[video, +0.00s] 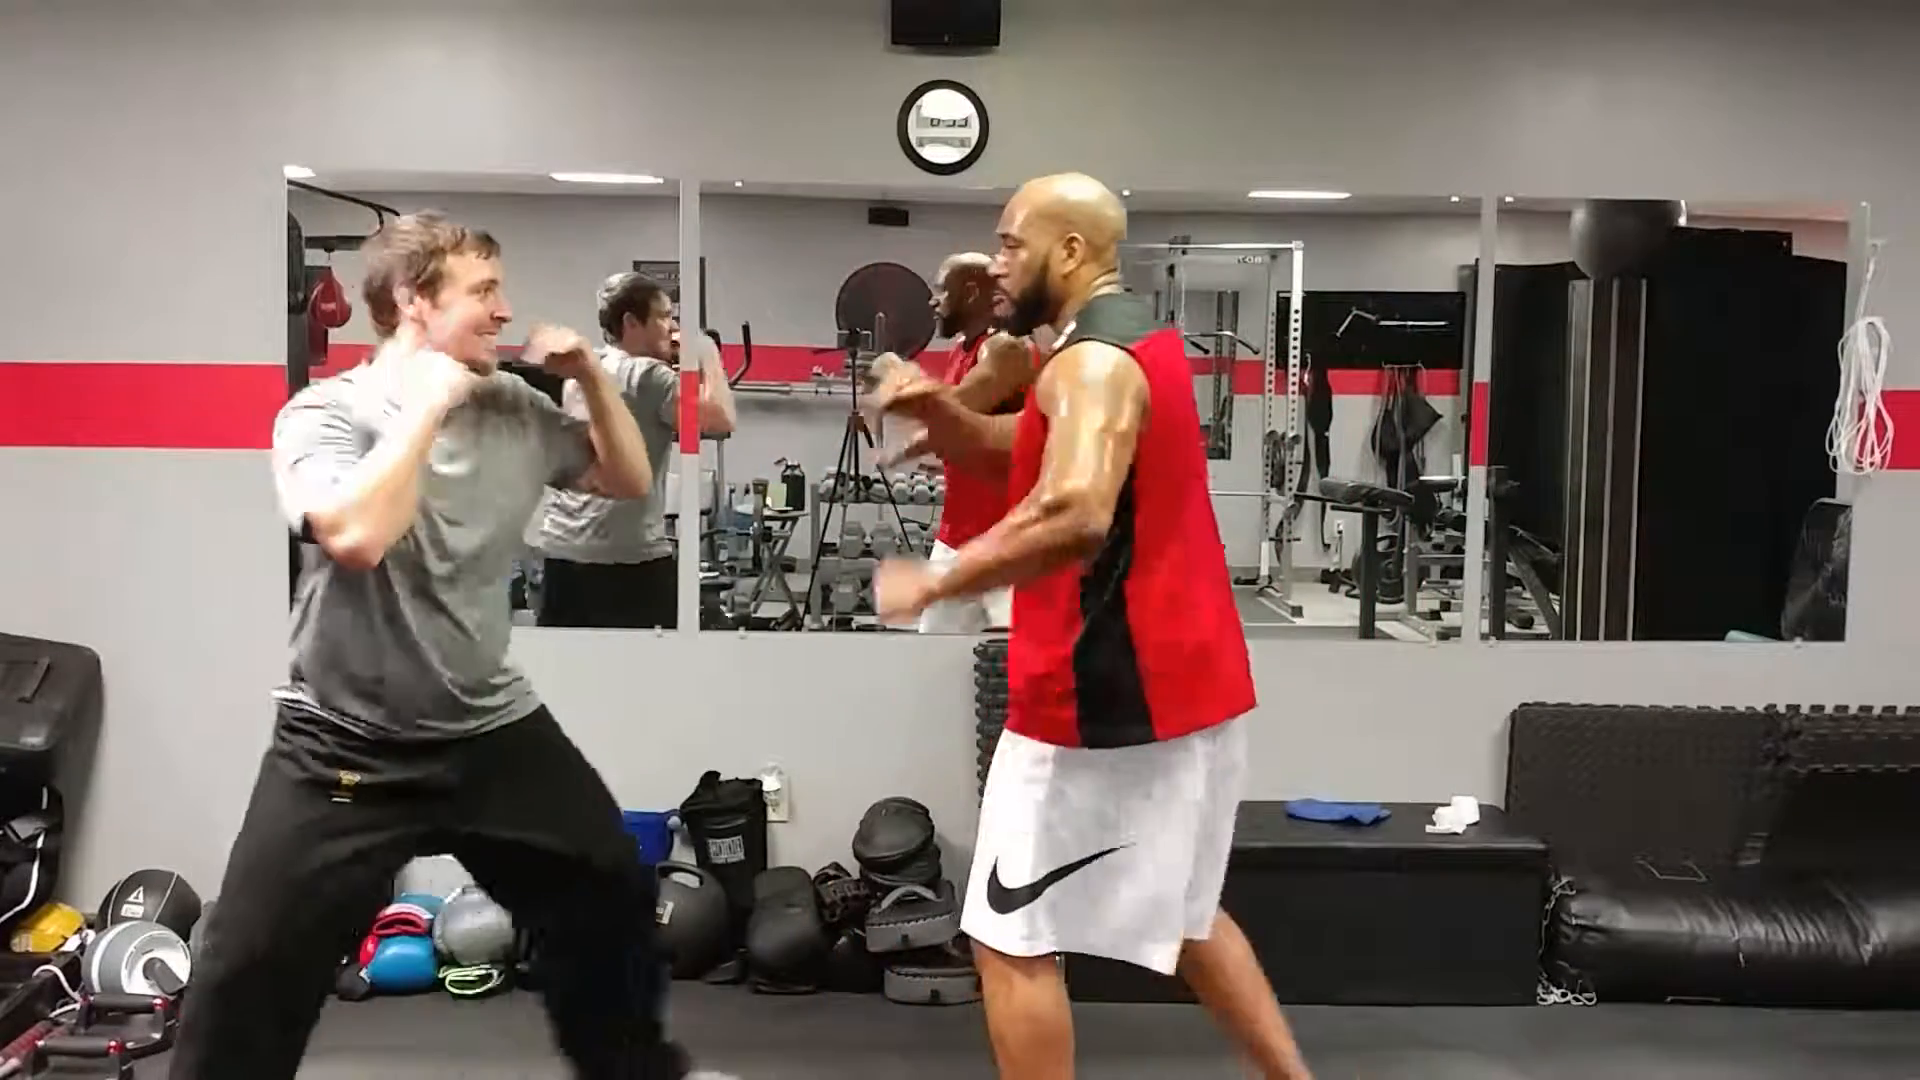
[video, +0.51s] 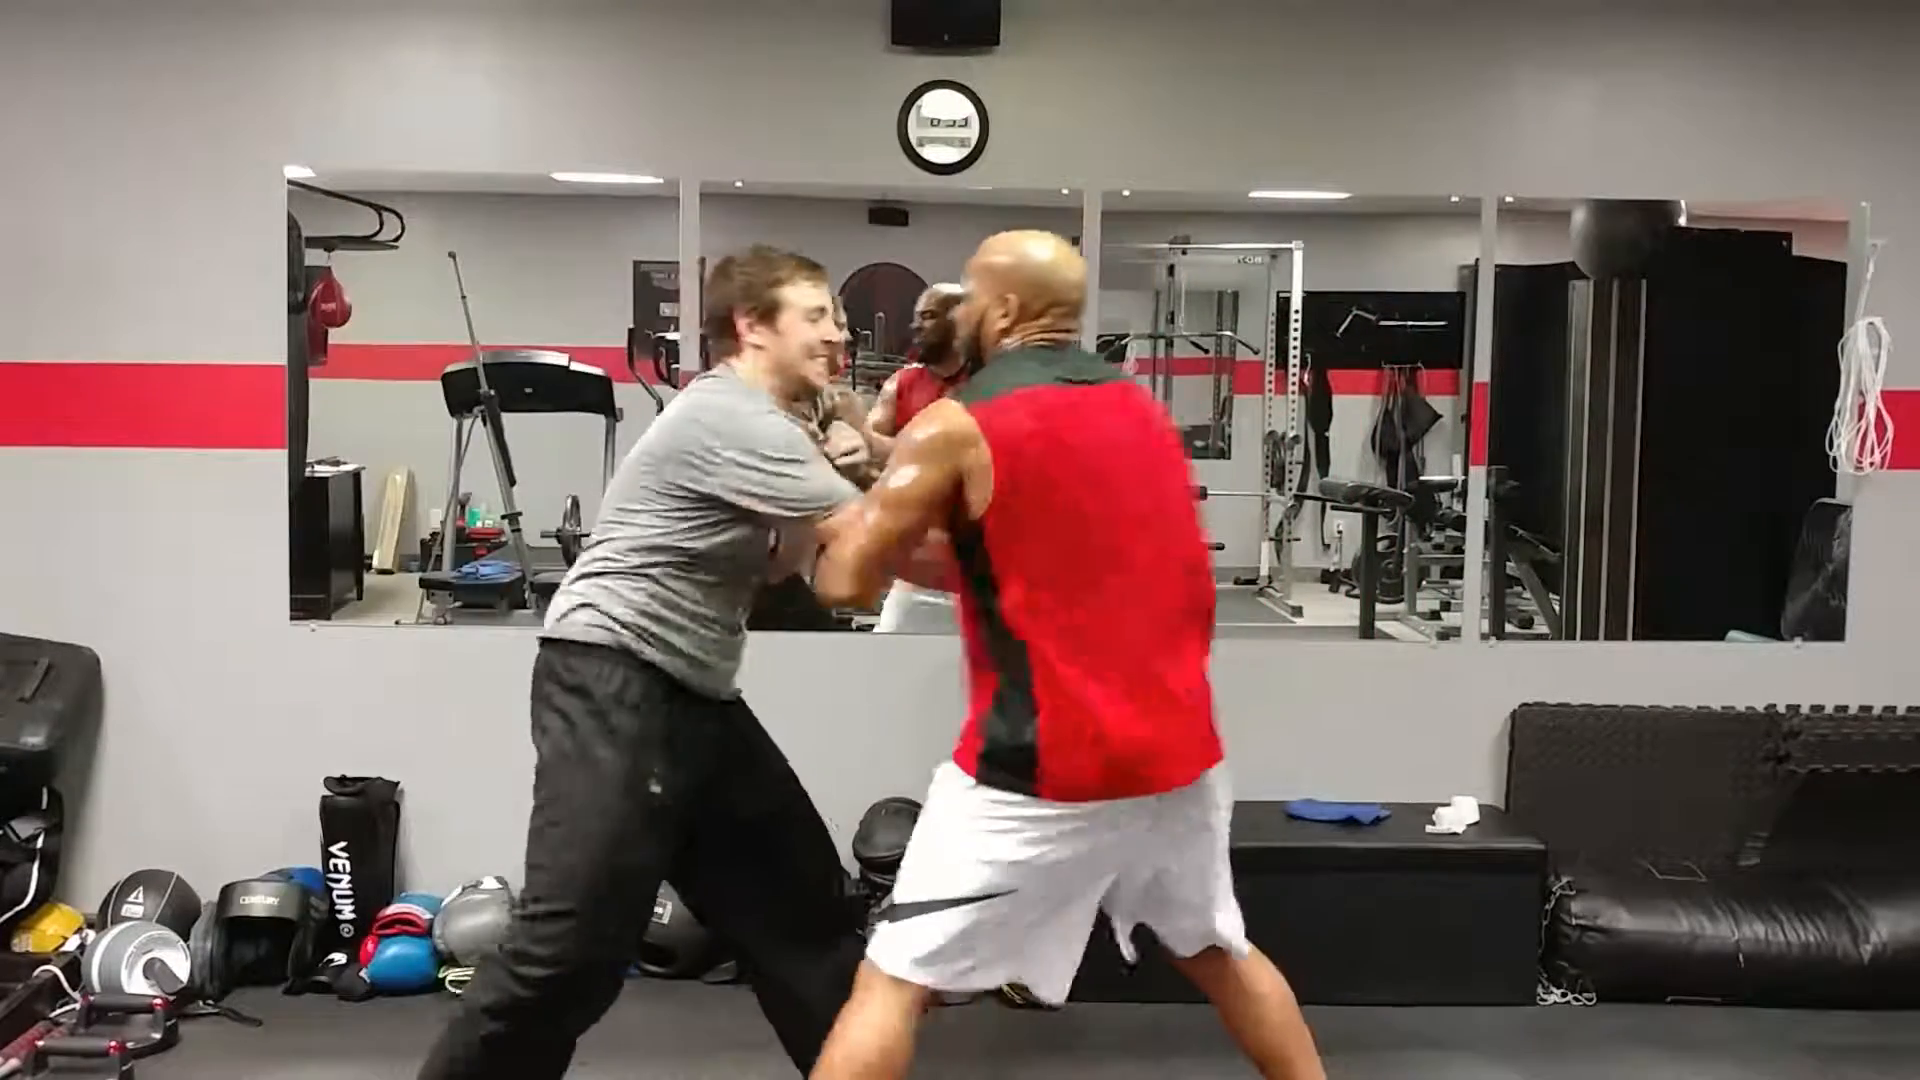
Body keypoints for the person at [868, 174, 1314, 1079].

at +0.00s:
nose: (997, 260)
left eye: (1011, 242)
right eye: (1000, 241)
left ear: (1071, 253)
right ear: (1086, 256)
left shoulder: (1090, 361)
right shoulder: (1140, 340)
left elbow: (1076, 511)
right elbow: (1005, 439)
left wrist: (936, 579)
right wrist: (934, 408)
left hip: (1091, 699)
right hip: (1192, 690)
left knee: (1008, 935)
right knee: (1186, 911)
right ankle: (1290, 1072)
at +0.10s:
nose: (1037, 266)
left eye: (1053, 249)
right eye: (1040, 248)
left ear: (1109, 260)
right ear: (1128, 263)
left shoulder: (1114, 355)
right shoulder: (1175, 339)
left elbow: (1023, 478)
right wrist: (976, 414)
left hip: (1108, 693)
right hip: (1221, 676)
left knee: (980, 914)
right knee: (1230, 913)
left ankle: (1030, 1074)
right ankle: (1321, 1073)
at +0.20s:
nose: (1061, 262)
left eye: (1079, 247)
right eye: (1067, 244)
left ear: (1133, 263)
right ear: (1158, 267)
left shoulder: (1085, 375)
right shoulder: (1210, 351)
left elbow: (946, 463)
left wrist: (901, 331)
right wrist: (1012, 354)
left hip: (1124, 693)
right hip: (1249, 686)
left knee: (968, 906)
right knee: (1252, 925)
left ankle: (1005, 1072)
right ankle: (1326, 1075)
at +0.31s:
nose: (1052, 266)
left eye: (1066, 251)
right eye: (1060, 249)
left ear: (1111, 272)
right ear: (1162, 274)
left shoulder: (1050, 395)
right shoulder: (1237, 371)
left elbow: (974, 548)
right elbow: (1162, 491)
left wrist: (977, 442)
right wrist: (1011, 419)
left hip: (1088, 701)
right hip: (1227, 698)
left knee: (955, 921)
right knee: (1248, 935)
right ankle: (1321, 1076)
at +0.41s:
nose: (1017, 302)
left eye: (1026, 289)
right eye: (1022, 286)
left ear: (1060, 301)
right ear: (1132, 302)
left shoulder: (996, 411)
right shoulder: (1212, 393)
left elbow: (863, 565)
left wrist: (895, 493)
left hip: (1067, 729)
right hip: (1211, 720)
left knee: (928, 937)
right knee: (1237, 940)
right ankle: (1315, 1076)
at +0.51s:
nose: (960, 311)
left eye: (971, 296)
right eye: (966, 294)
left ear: (1004, 311)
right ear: (1070, 315)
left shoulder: (960, 424)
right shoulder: (1136, 403)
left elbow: (845, 578)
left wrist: (848, 524)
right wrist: (918, 546)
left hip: (1036, 757)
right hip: (1176, 743)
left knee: (894, 983)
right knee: (1217, 946)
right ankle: (1309, 1073)